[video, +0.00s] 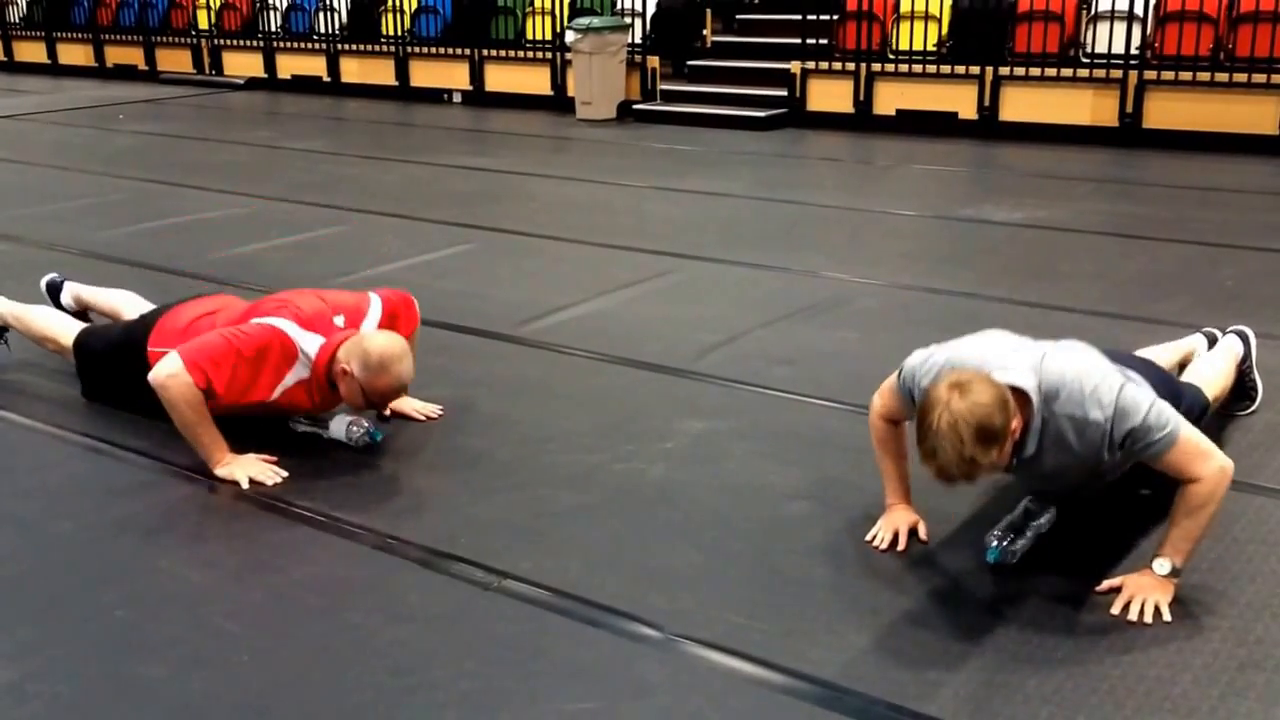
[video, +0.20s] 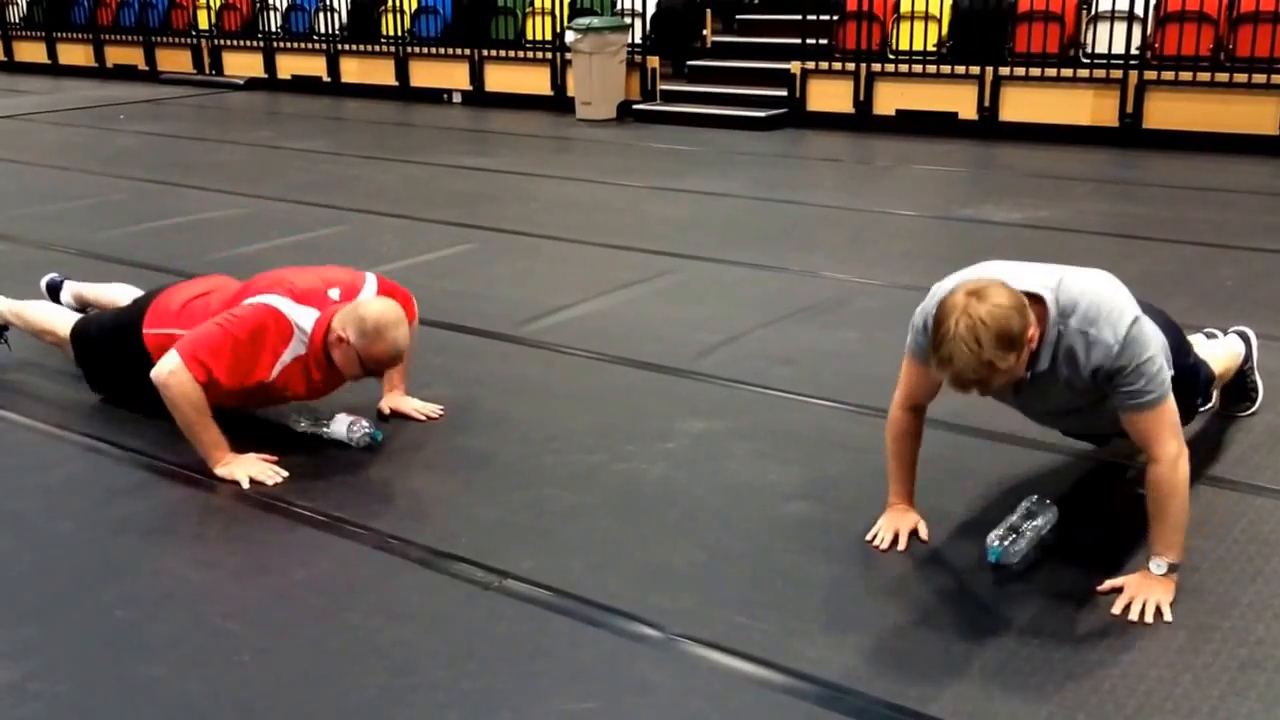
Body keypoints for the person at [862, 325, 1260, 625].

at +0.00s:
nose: (985, 479)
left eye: (990, 469)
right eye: (969, 474)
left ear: (1014, 427)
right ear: (939, 427)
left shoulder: (1103, 403)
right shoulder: (933, 371)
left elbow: (1212, 471)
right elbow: (884, 411)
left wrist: (1162, 571)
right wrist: (897, 503)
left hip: (1136, 396)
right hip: (1086, 371)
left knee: (1195, 395)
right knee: (1136, 366)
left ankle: (1233, 346)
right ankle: (1200, 341)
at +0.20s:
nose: (987, 392)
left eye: (998, 381)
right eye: (973, 383)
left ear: (1031, 337)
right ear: (949, 347)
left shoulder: (1117, 336)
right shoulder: (939, 316)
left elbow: (1168, 454)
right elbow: (908, 406)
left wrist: (1161, 569)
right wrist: (898, 503)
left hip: (1147, 372)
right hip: (1063, 395)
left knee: (1197, 383)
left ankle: (1235, 351)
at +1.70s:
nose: (991, 407)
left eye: (998, 394)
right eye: (977, 401)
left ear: (1027, 345)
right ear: (948, 351)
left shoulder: (1115, 340)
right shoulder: (938, 315)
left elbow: (1173, 457)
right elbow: (905, 407)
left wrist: (1158, 570)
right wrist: (896, 503)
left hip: (1145, 375)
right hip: (1057, 400)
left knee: (1197, 381)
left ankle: (1237, 350)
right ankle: (1206, 347)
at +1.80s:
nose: (982, 400)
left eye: (993, 388)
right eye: (968, 391)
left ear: (1026, 343)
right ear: (947, 351)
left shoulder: (1115, 340)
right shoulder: (937, 318)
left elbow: (1171, 456)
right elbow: (904, 407)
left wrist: (1157, 570)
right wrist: (896, 503)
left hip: (1147, 373)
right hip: (1060, 397)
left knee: (1198, 375)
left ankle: (1237, 349)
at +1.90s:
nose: (971, 435)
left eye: (982, 424)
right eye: (958, 428)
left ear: (1017, 382)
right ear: (937, 377)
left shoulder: (1111, 369)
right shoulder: (928, 344)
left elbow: (1196, 462)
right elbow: (892, 410)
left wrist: (1159, 571)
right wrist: (895, 503)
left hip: (1146, 367)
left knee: (1200, 382)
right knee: (1166, 359)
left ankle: (1240, 345)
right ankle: (1199, 343)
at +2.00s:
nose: (979, 483)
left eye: (984, 475)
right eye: (962, 478)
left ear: (1009, 432)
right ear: (932, 427)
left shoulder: (1100, 407)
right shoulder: (930, 372)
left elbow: (1210, 469)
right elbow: (880, 412)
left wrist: (1158, 572)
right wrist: (893, 503)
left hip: (1137, 398)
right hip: (1087, 372)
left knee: (1193, 393)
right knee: (1133, 365)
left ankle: (1235, 346)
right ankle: (1201, 339)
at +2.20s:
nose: (978, 504)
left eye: (981, 494)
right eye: (964, 500)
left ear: (1008, 456)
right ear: (930, 433)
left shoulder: (1098, 422)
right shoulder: (941, 384)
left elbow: (1215, 473)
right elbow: (878, 409)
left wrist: (1158, 572)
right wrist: (893, 502)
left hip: (1137, 408)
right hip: (1071, 383)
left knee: (1192, 399)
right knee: (1131, 380)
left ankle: (1233, 346)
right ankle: (1196, 341)